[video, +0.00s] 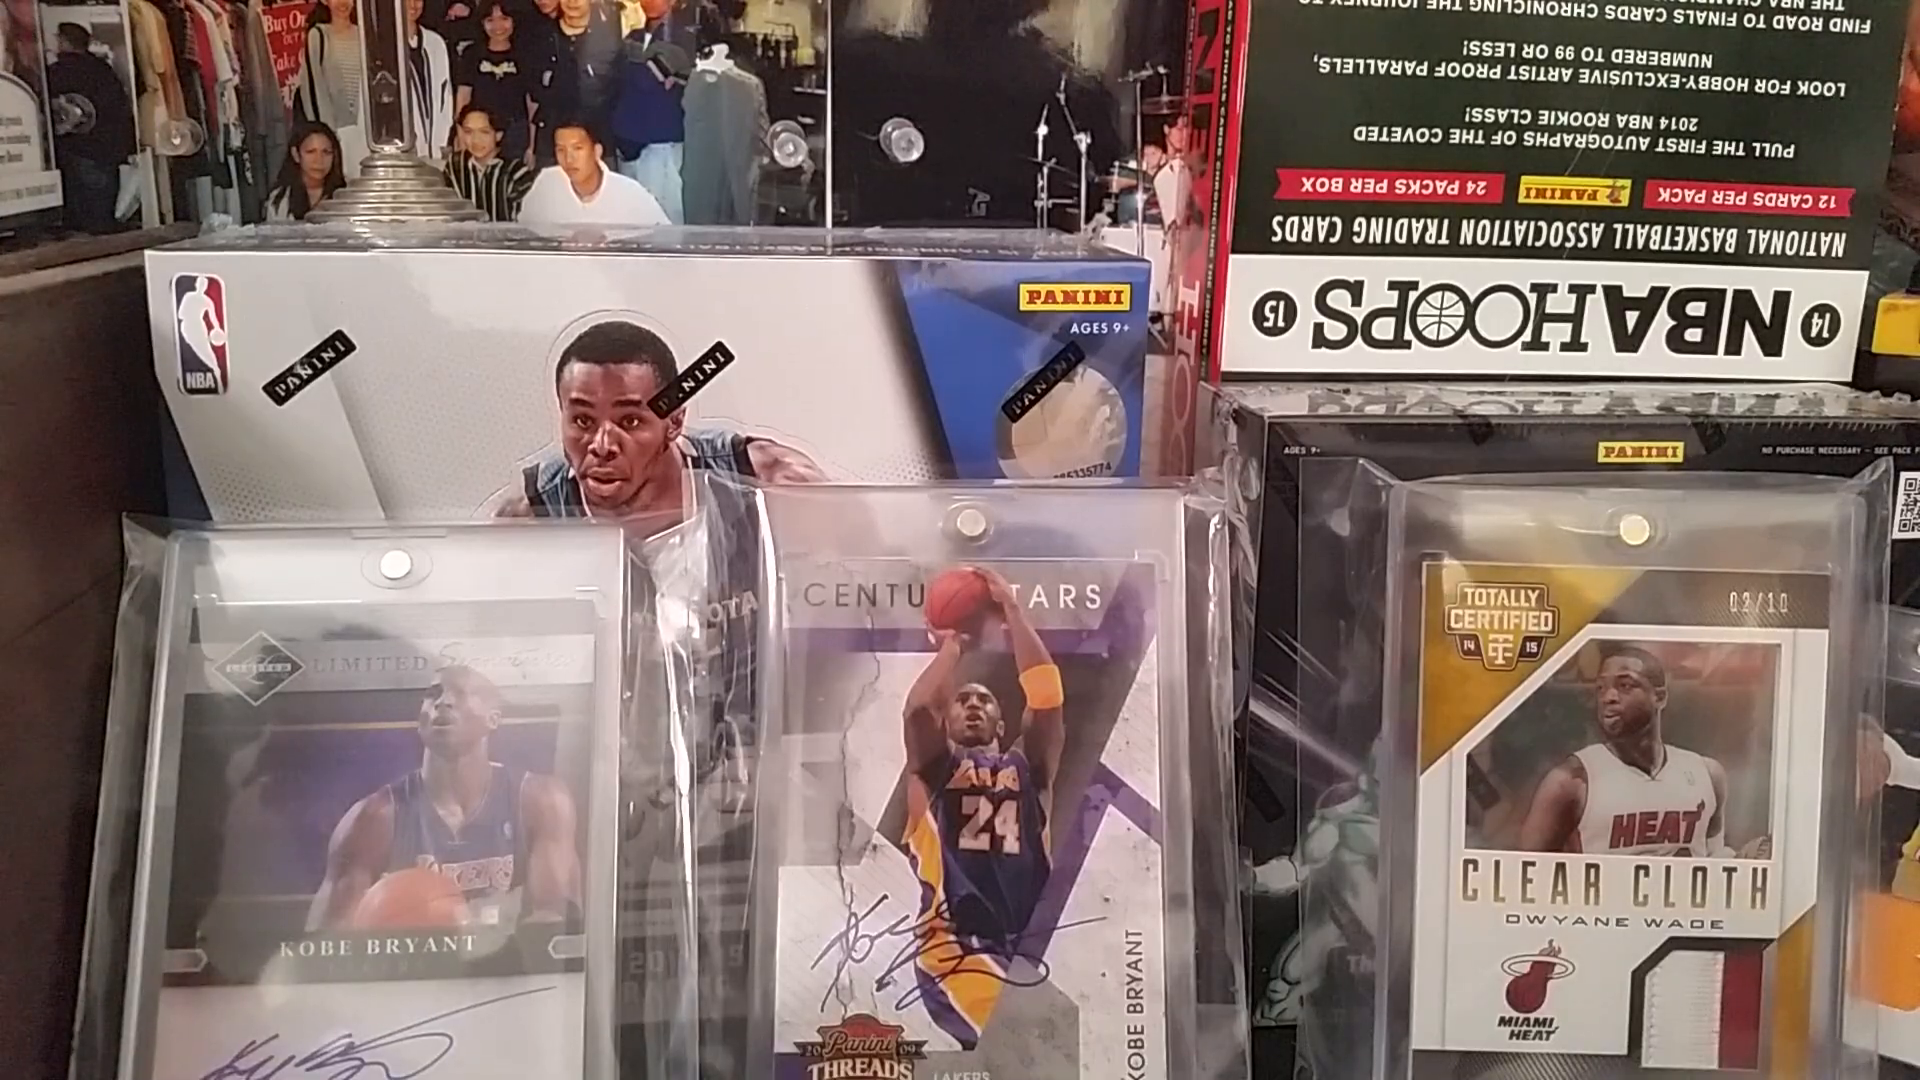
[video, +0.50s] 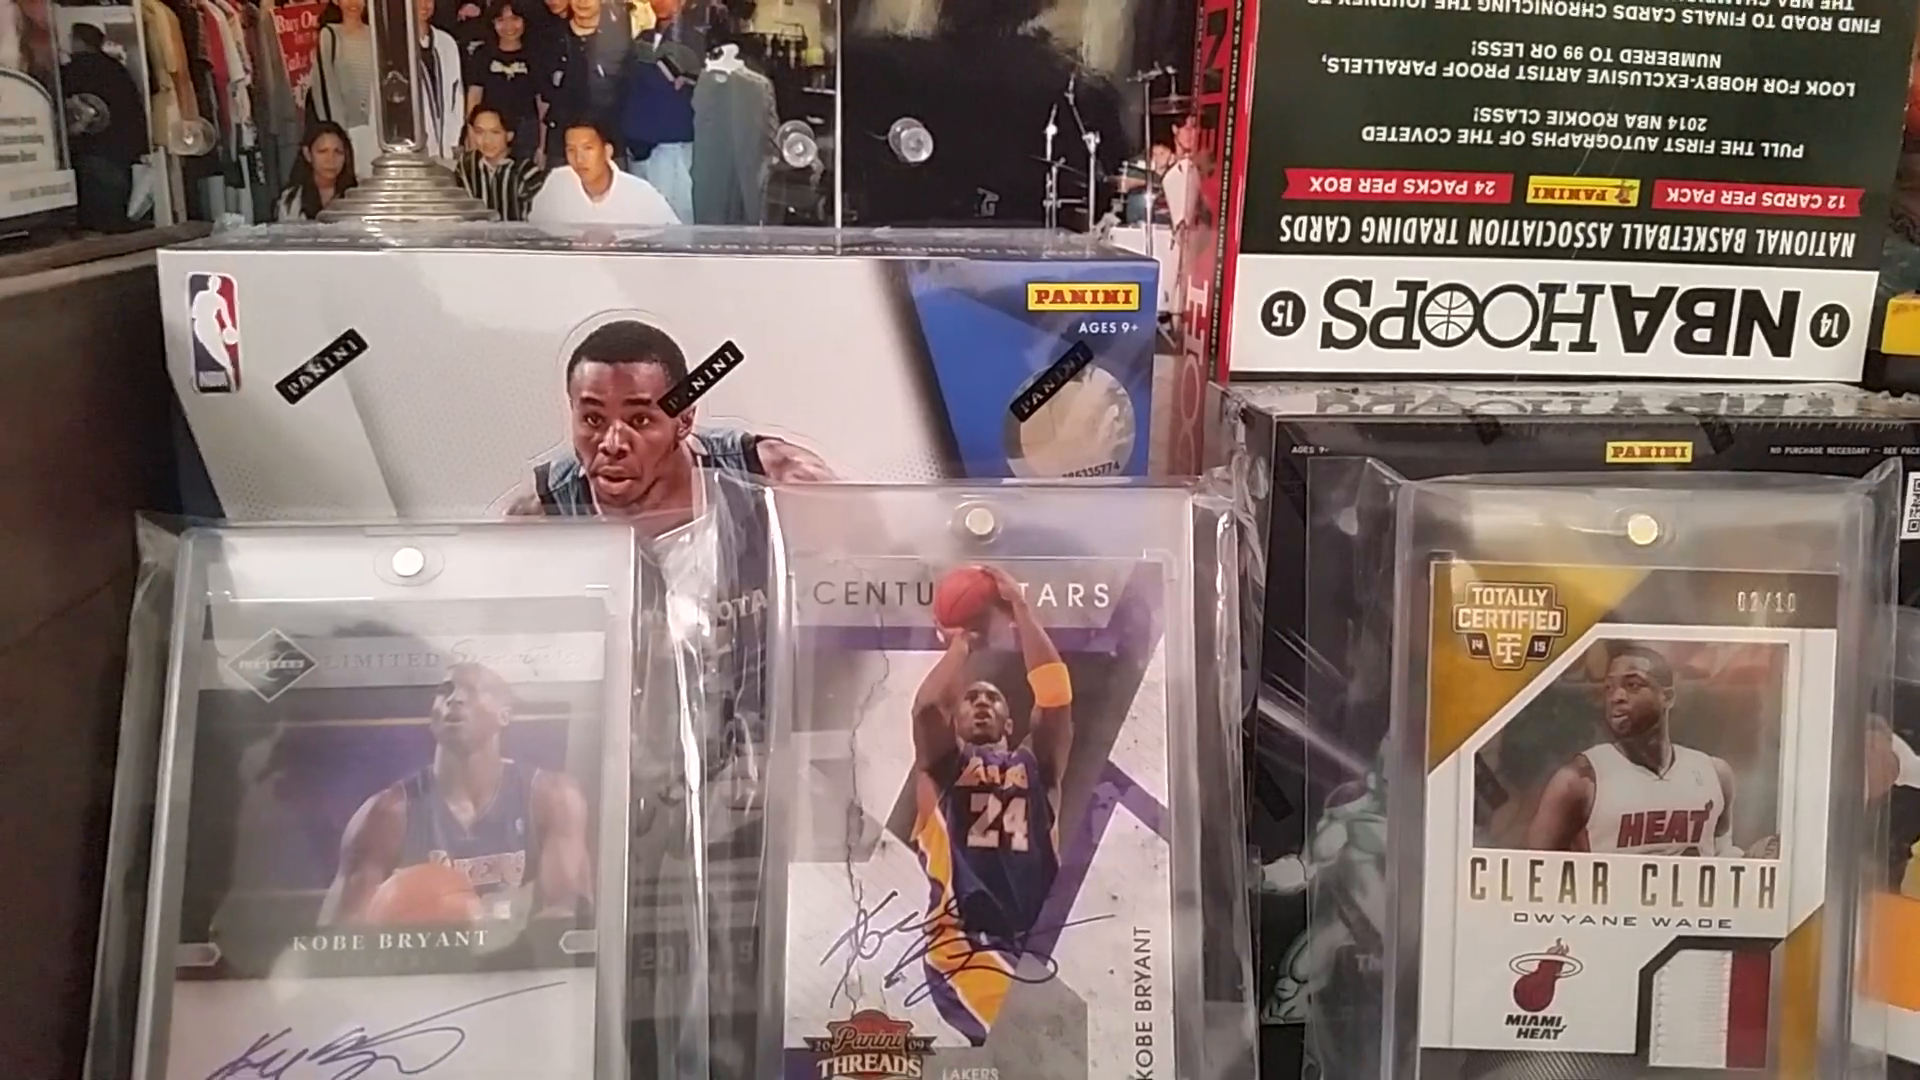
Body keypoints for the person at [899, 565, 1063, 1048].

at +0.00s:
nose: (973, 705)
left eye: (984, 700)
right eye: (962, 701)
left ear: (1002, 722)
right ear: (946, 722)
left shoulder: (1029, 765)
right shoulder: (934, 765)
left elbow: (1046, 694)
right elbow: (919, 709)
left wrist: (1011, 606)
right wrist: (952, 643)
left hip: (1026, 945)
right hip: (952, 946)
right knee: (1031, 1041)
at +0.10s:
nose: (973, 705)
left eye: (984, 700)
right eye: (962, 701)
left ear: (1002, 722)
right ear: (946, 722)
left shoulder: (1029, 765)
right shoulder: (934, 765)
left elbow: (1046, 694)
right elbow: (919, 709)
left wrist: (1011, 606)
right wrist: (952, 643)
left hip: (1026, 945)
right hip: (952, 946)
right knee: (1032, 1041)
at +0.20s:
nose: (973, 705)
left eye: (984, 700)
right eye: (962, 701)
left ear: (1002, 722)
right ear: (946, 722)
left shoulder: (1029, 765)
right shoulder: (934, 765)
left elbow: (1046, 695)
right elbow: (919, 708)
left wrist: (1011, 607)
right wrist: (952, 643)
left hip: (1026, 945)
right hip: (952, 946)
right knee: (1033, 1040)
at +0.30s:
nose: (974, 705)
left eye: (985, 701)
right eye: (963, 701)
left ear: (1002, 722)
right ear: (947, 722)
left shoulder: (1030, 766)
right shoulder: (935, 765)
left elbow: (1047, 695)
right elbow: (920, 708)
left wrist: (1012, 607)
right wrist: (953, 643)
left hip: (1026, 944)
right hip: (952, 945)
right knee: (1034, 1038)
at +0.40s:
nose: (977, 704)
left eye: (988, 699)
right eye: (966, 700)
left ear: (1005, 721)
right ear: (950, 720)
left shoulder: (1033, 764)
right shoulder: (938, 764)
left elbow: (1049, 693)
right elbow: (922, 707)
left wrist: (1014, 606)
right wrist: (956, 641)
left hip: (1029, 943)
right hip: (955, 944)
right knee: (1036, 1041)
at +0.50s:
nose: (981, 703)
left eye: (992, 698)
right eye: (971, 698)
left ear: (1010, 720)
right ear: (955, 719)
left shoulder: (1038, 763)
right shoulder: (943, 762)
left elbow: (1054, 694)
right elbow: (928, 706)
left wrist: (1020, 606)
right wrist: (961, 640)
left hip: (1032, 942)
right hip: (960, 943)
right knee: (1042, 1035)